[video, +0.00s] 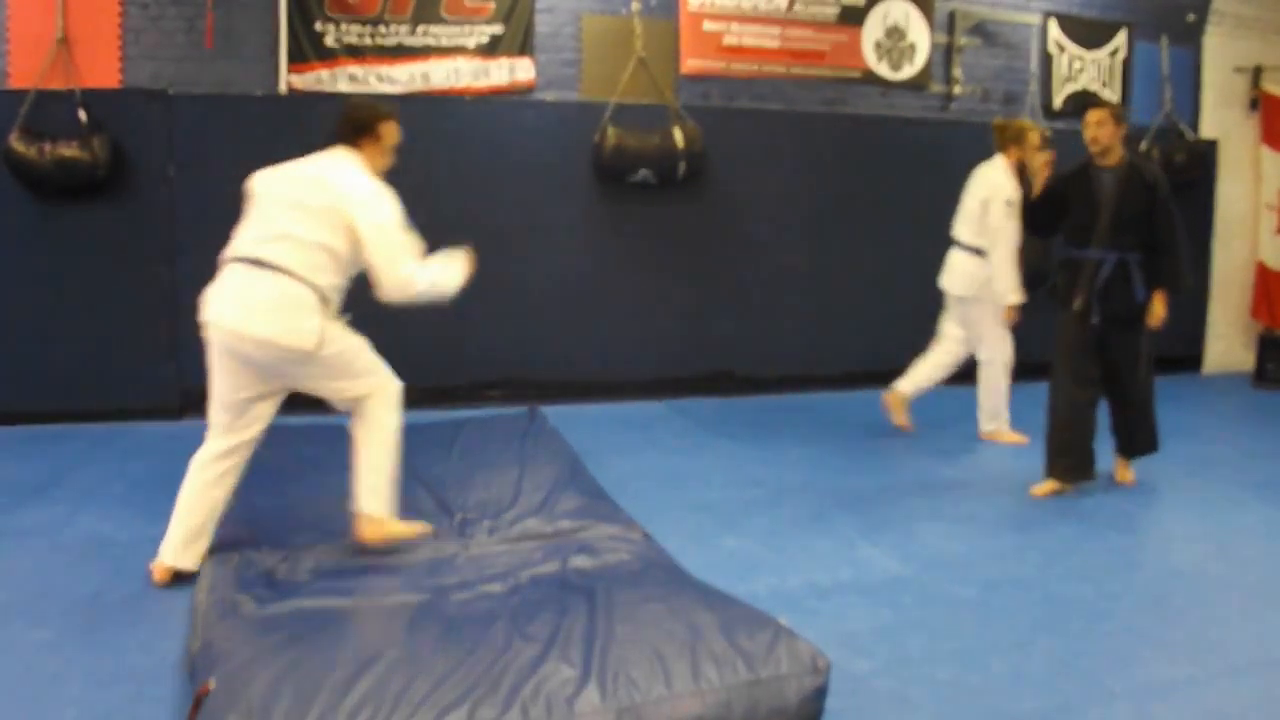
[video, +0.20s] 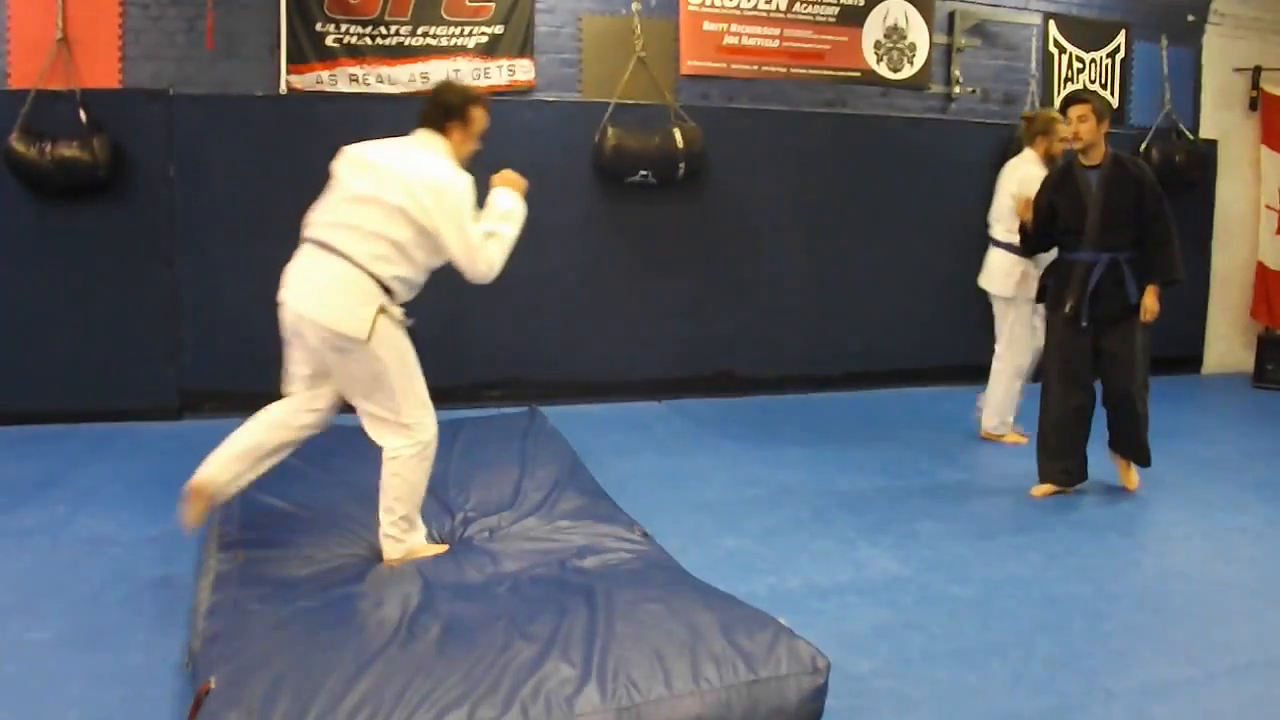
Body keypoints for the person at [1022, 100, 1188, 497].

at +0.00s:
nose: (1092, 133)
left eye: (1100, 126)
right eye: (1087, 126)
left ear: (1120, 130)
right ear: (1083, 132)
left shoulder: (1147, 179)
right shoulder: (1073, 179)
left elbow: (1165, 240)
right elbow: (1040, 224)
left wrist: (1161, 291)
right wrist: (1036, 187)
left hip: (1128, 293)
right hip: (1079, 291)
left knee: (1128, 378)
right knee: (1070, 381)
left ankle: (1125, 455)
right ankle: (1064, 470)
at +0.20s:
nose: (1075, 128)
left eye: (1083, 120)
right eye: (1070, 122)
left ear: (1104, 123)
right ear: (1066, 129)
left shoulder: (1134, 173)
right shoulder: (1058, 178)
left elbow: (1159, 233)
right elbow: (1039, 243)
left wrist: (1153, 286)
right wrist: (1027, 223)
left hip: (1121, 288)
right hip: (1070, 288)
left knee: (1127, 381)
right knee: (1065, 381)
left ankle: (1125, 451)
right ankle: (1062, 473)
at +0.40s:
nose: (1073, 127)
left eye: (1082, 118)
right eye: (1068, 120)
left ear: (1104, 122)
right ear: (1064, 128)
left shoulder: (1134, 172)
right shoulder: (1056, 177)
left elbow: (1155, 238)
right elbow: (1034, 239)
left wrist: (1146, 292)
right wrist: (1031, 206)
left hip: (1119, 292)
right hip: (1068, 291)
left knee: (1125, 389)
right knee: (1061, 386)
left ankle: (1126, 481)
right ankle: (1057, 473)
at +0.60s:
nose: (1088, 125)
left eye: (1097, 118)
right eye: (1085, 119)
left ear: (1122, 125)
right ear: (1082, 127)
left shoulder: (1149, 177)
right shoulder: (1073, 178)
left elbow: (1164, 244)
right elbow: (1049, 240)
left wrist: (1147, 297)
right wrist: (1038, 215)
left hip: (1122, 298)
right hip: (1074, 293)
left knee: (1120, 394)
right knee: (1063, 388)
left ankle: (1119, 494)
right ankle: (1057, 473)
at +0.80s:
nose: (1106, 121)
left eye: (1115, 113)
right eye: (1104, 114)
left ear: (1140, 119)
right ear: (1103, 122)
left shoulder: (1167, 175)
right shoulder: (1094, 170)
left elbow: (1176, 247)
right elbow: (1070, 226)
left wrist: (1163, 304)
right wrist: (1050, 217)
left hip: (1134, 298)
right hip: (1086, 292)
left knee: (1126, 398)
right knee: (1069, 389)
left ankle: (1120, 495)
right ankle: (1061, 474)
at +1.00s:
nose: (1116, 119)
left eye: (1125, 111)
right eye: (1113, 113)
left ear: (1150, 117)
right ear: (1113, 121)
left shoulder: (1177, 176)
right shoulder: (1105, 171)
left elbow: (1187, 248)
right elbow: (1083, 233)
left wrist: (1176, 308)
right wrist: (1065, 205)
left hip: (1143, 298)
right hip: (1097, 291)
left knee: (1133, 401)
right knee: (1080, 391)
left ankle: (1122, 497)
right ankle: (1062, 477)